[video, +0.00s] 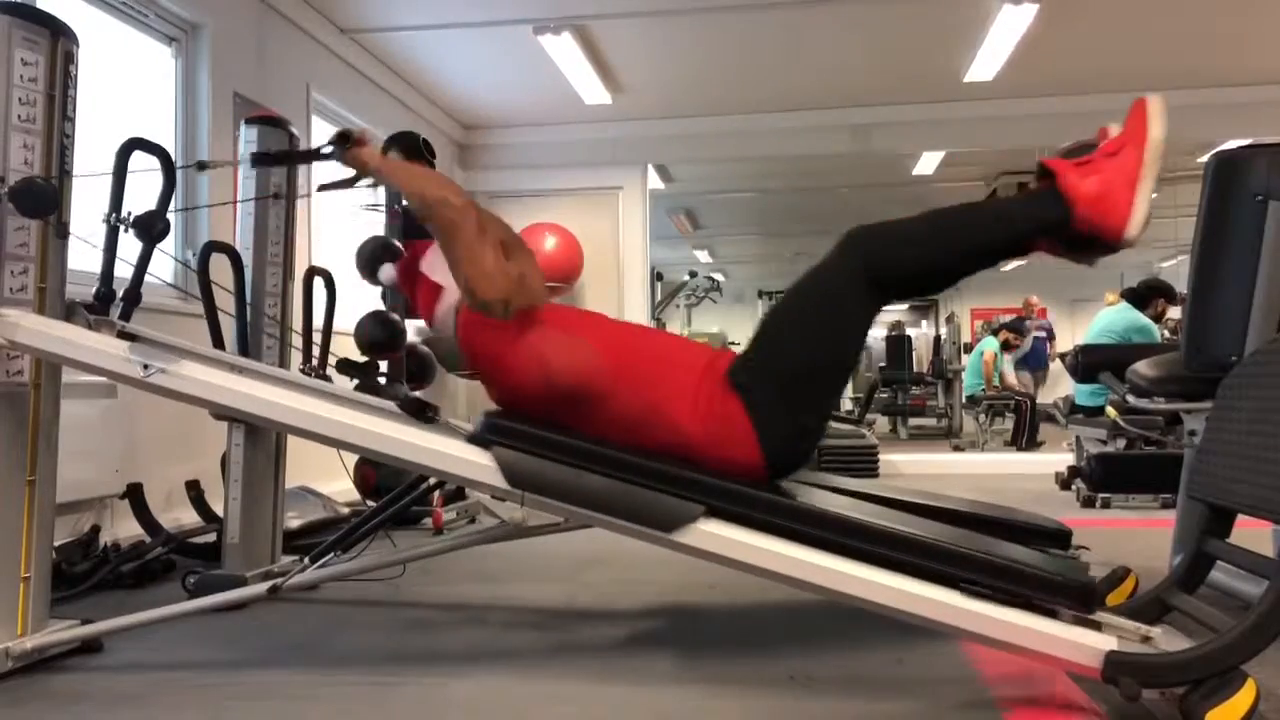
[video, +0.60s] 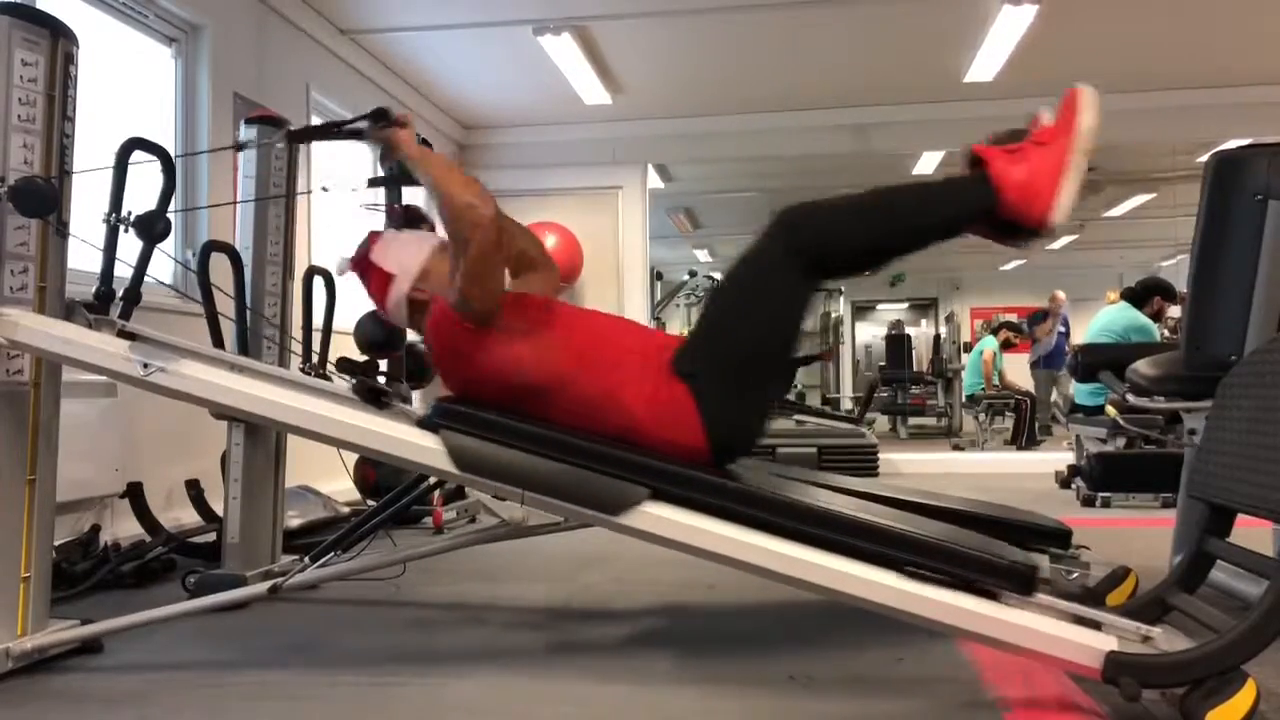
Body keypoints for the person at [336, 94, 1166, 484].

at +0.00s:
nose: (503, 246)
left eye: (483, 236)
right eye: (482, 245)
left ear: (444, 287)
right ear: (457, 274)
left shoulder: (509, 325)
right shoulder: (499, 326)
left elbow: (552, 246)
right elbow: (458, 211)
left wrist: (424, 194)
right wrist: (385, 164)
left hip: (742, 407)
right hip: (748, 425)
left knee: (858, 256)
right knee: (859, 261)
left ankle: (1061, 201)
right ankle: (1072, 203)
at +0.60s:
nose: (419, 253)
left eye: (410, 248)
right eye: (407, 255)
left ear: (432, 273)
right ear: (410, 297)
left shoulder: (499, 321)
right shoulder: (457, 343)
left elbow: (548, 252)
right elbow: (480, 228)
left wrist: (454, 190)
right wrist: (410, 155)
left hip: (700, 384)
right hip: (700, 410)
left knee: (795, 236)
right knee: (793, 237)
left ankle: (999, 186)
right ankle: (1005, 190)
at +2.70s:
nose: (417, 263)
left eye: (409, 260)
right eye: (409, 258)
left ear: (423, 280)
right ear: (422, 276)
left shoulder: (497, 316)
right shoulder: (481, 322)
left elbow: (558, 251)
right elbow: (474, 216)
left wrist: (454, 223)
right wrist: (397, 178)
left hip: (721, 404)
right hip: (726, 424)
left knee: (850, 262)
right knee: (850, 265)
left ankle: (1055, 211)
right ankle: (1065, 215)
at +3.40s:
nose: (294, 167)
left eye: (282, 156)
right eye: (273, 159)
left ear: (236, 196)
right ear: (235, 191)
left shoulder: (282, 255)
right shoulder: (272, 240)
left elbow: (418, 248)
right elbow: (398, 229)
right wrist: (537, 201)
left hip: (485, 342)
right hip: (478, 341)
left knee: (451, 163)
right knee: (444, 147)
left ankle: (642, 115)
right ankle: (624, 77)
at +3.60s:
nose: (301, 167)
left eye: (289, 156)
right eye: (280, 160)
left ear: (249, 196)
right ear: (242, 193)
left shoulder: (297, 255)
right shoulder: (279, 244)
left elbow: (433, 263)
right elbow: (397, 228)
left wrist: (576, 264)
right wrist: (533, 196)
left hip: (498, 343)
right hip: (490, 345)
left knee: (483, 165)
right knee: (471, 147)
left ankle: (673, 120)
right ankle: (651, 83)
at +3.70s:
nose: (309, 175)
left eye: (296, 165)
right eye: (288, 170)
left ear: (268, 202)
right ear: (255, 206)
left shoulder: (321, 260)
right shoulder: (289, 256)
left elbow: (428, 245)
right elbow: (402, 217)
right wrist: (519, 146)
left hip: (512, 351)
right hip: (505, 354)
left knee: (526, 175)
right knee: (520, 172)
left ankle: (711, 129)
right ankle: (692, 96)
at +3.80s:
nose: (325, 185)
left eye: (313, 176)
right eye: (305, 181)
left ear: (292, 204)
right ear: (274, 214)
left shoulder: (356, 273)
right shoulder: (310, 268)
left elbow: (490, 259)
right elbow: (413, 199)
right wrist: (500, 97)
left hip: (531, 344)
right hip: (527, 358)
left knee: (578, 175)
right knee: (569, 164)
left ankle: (770, 146)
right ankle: (750, 115)